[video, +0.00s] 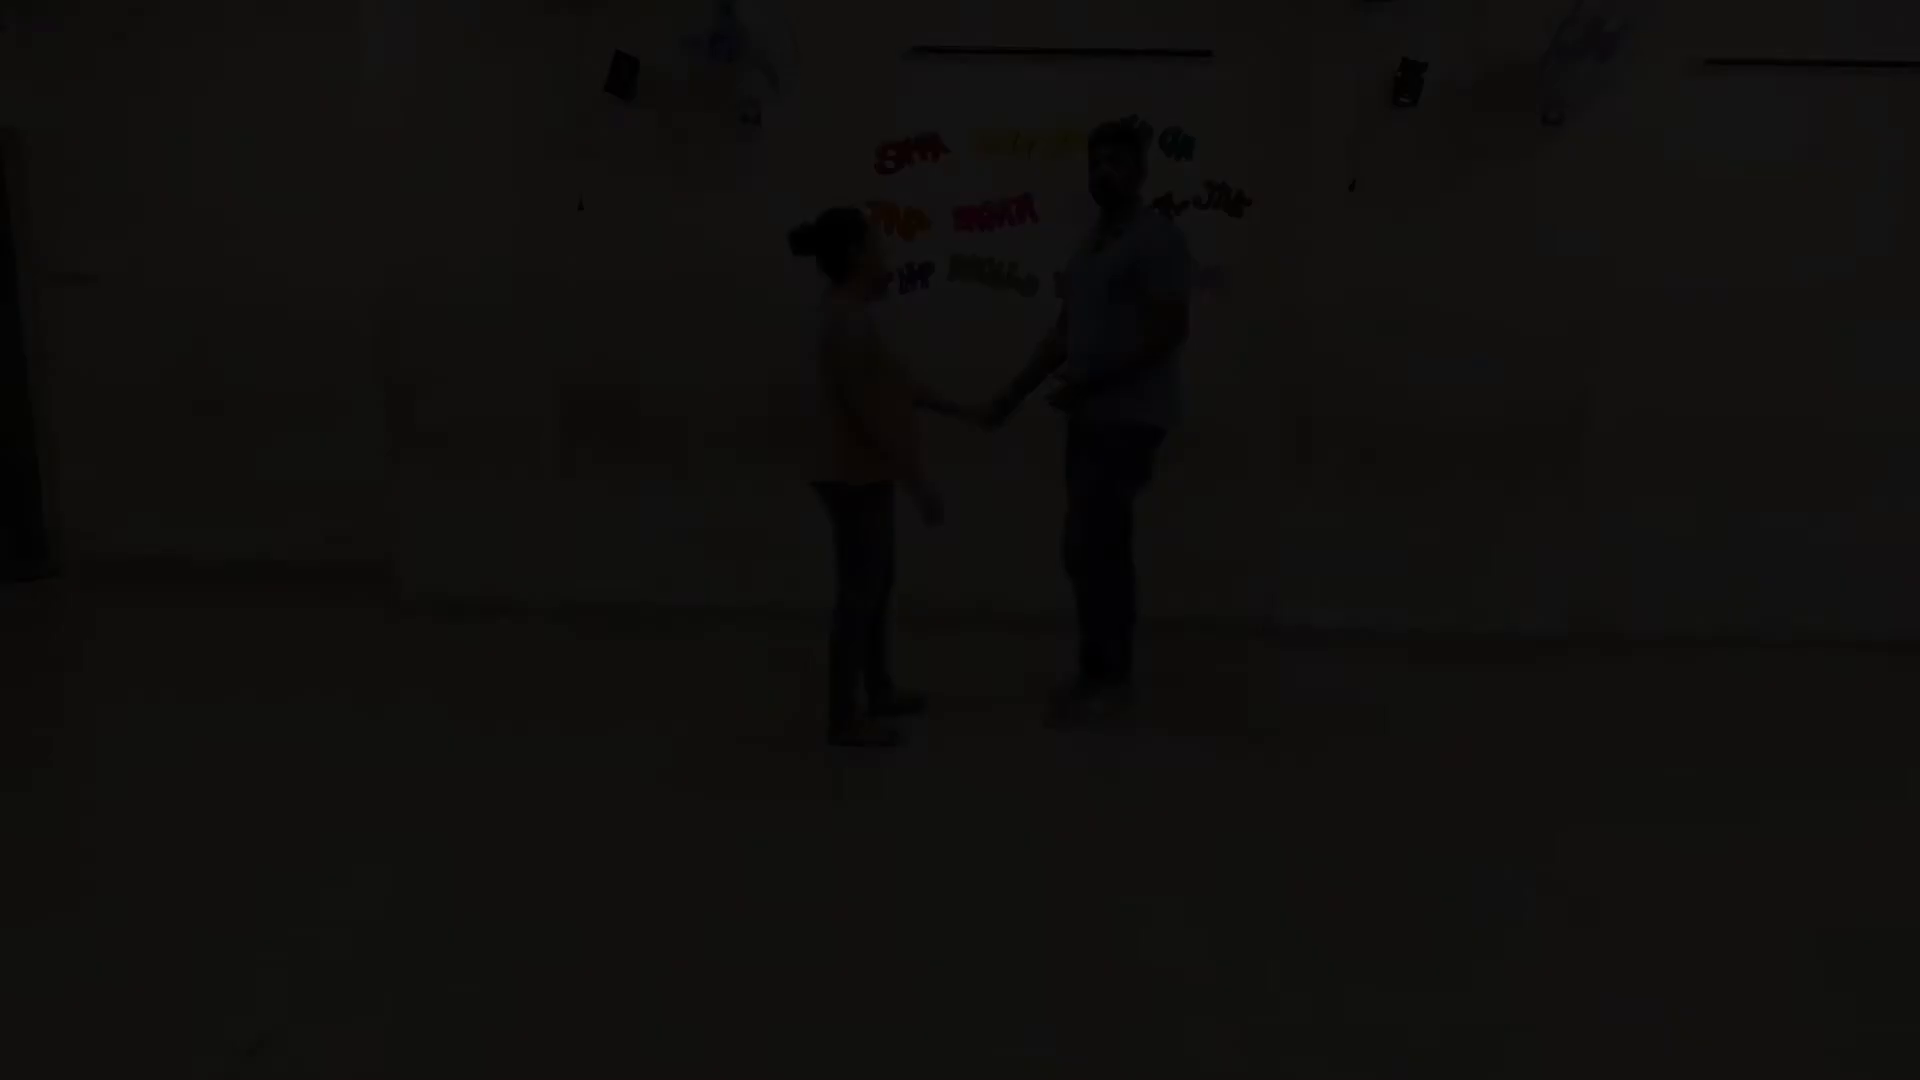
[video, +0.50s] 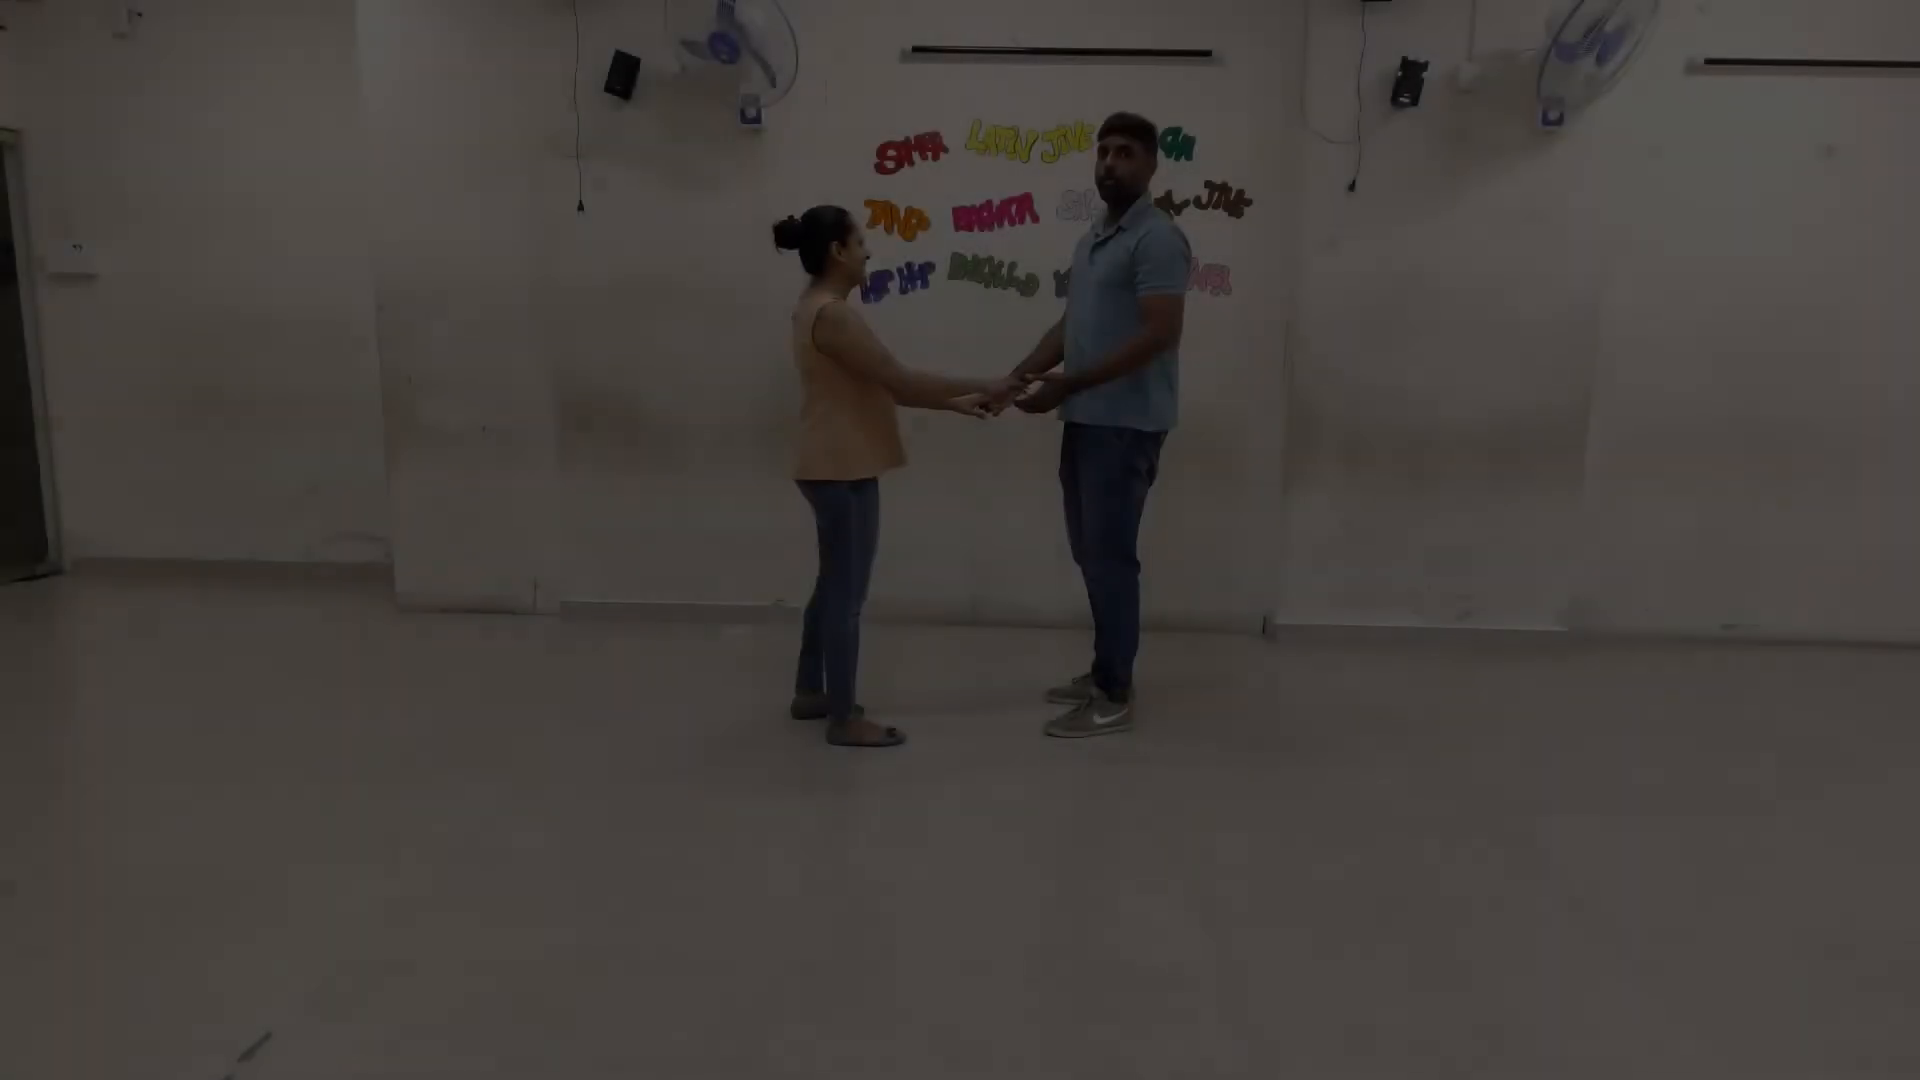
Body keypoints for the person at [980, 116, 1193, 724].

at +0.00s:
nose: (1105, 179)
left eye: (1116, 167)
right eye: (1100, 166)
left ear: (1135, 174)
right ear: (1097, 173)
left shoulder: (1155, 241)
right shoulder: (1094, 240)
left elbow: (1165, 333)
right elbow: (1063, 334)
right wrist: (1009, 398)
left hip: (1133, 415)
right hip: (1093, 412)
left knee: (1101, 544)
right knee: (1094, 544)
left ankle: (1106, 676)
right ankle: (1099, 672)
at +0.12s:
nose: (1106, 173)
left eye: (1118, 163)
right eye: (1100, 162)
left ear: (1141, 171)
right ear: (1090, 170)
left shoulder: (1158, 239)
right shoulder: (1093, 241)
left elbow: (1171, 330)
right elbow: (1066, 329)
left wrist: (1092, 386)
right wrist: (1014, 391)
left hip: (1135, 413)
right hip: (1093, 411)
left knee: (1085, 538)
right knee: (1099, 540)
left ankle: (1107, 677)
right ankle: (1101, 673)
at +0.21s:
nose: (1107, 171)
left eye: (1120, 162)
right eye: (1100, 161)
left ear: (1143, 171)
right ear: (1090, 169)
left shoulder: (1160, 240)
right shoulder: (1091, 243)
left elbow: (1170, 331)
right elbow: (1066, 330)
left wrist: (1093, 387)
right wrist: (1013, 392)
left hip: (1134, 414)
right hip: (1093, 412)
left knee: (1085, 540)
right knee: (1101, 541)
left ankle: (1109, 682)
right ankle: (1101, 674)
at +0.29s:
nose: (1109, 169)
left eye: (1123, 160)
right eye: (1102, 159)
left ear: (1145, 170)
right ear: (1092, 168)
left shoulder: (1161, 240)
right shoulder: (1092, 241)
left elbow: (1167, 333)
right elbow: (1067, 328)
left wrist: (1088, 389)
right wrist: (1015, 388)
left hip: (1132, 419)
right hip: (1092, 415)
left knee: (1102, 551)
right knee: (1094, 552)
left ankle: (1112, 695)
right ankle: (1103, 676)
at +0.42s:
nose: (1111, 165)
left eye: (1125, 155)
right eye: (1104, 155)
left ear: (1149, 165)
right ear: (1094, 164)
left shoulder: (1161, 238)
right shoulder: (1095, 238)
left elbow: (1162, 335)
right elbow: (1070, 326)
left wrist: (1076, 385)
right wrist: (1015, 381)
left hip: (1129, 423)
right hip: (1088, 418)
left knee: (1109, 553)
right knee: (1095, 553)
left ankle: (1113, 696)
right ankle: (1106, 675)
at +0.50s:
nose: (1111, 163)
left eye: (1125, 154)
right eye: (1105, 153)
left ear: (1151, 166)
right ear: (1095, 163)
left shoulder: (1159, 238)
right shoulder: (1094, 240)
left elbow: (1162, 333)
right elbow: (1073, 324)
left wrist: (1071, 383)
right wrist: (1022, 373)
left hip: (1128, 421)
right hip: (1088, 416)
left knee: (1111, 552)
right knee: (1092, 551)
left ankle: (1114, 697)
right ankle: (1107, 674)